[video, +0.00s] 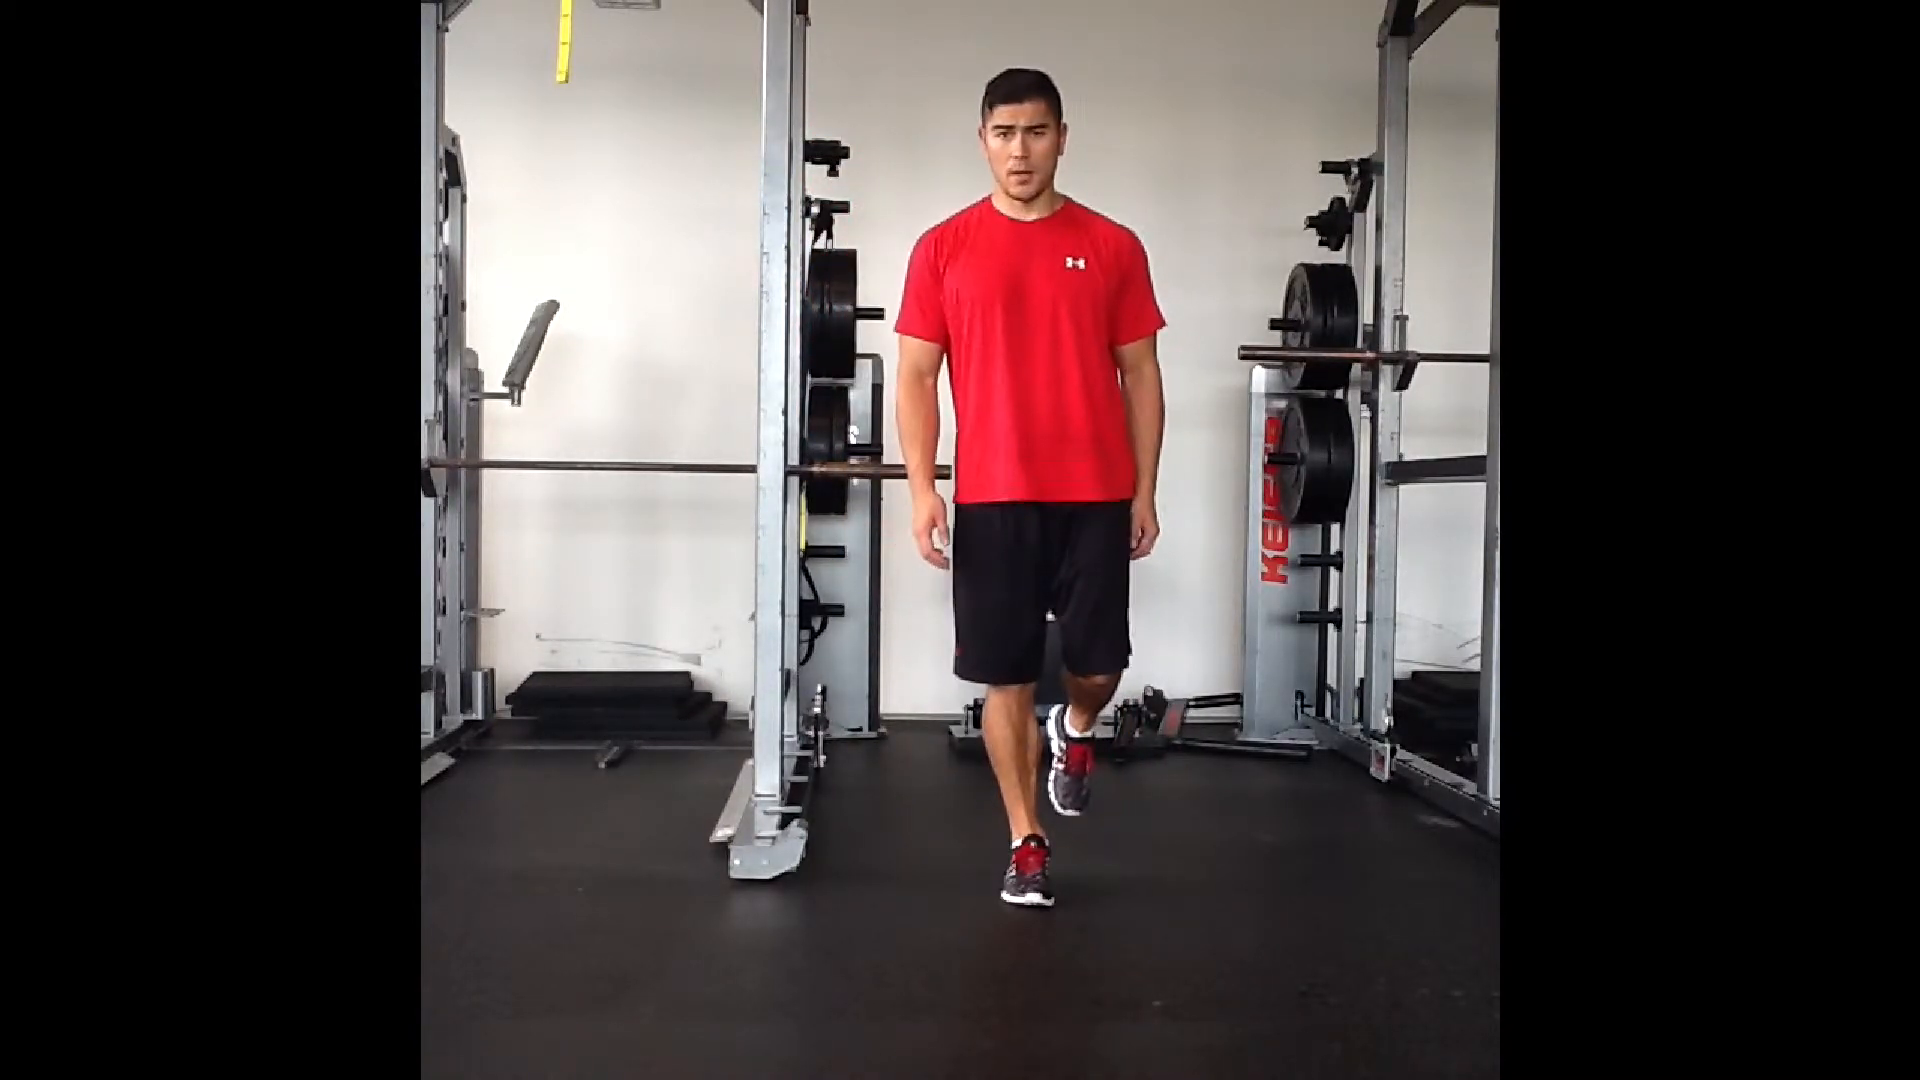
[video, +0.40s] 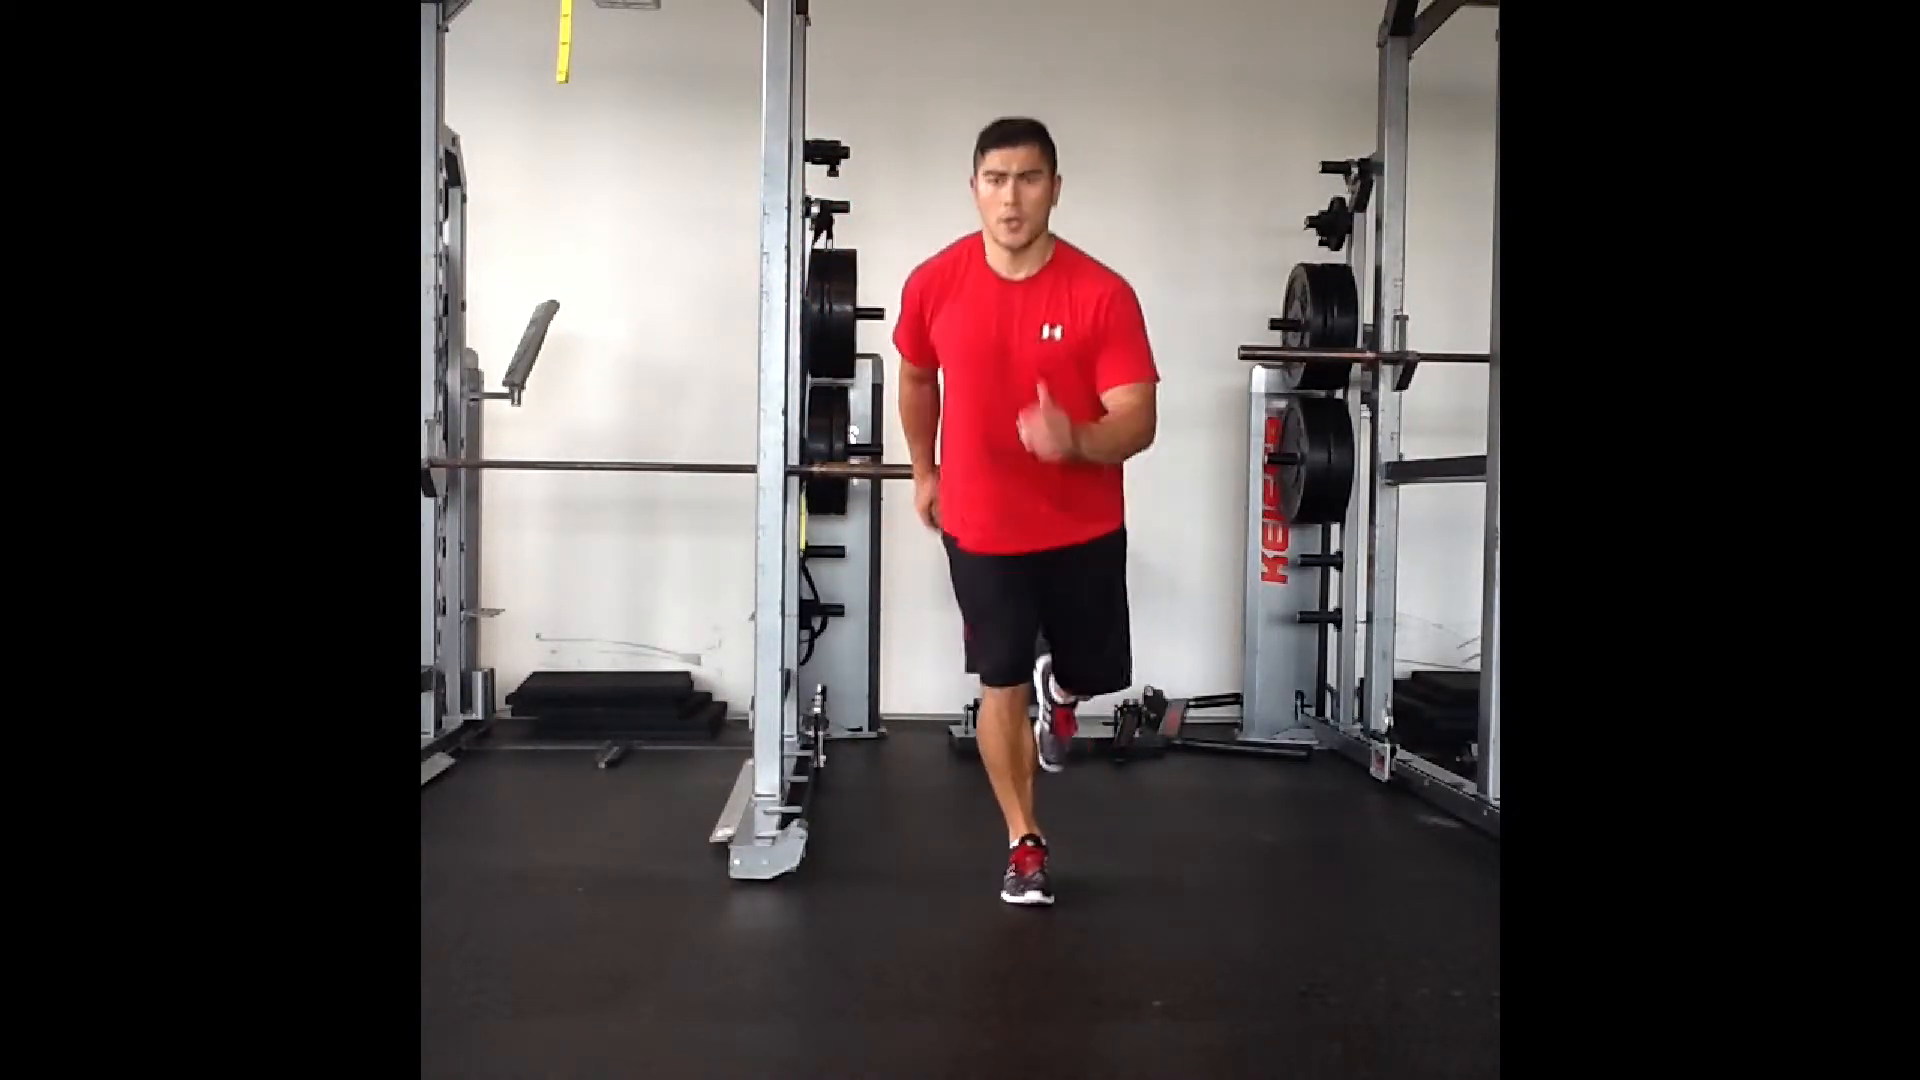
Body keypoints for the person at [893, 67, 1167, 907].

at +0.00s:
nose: (1021, 148)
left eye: (1036, 131)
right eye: (1004, 133)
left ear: (1061, 139)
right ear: (983, 142)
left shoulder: (1114, 247)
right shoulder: (942, 249)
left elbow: (1141, 370)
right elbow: (914, 374)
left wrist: (1145, 489)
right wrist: (922, 488)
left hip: (1096, 494)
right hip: (993, 495)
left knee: (1099, 661)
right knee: (1008, 674)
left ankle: (1074, 737)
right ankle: (1024, 841)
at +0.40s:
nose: (1012, 195)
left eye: (1028, 178)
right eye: (996, 178)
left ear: (1054, 190)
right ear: (975, 190)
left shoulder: (1103, 296)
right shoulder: (932, 288)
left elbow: (1137, 422)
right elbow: (916, 379)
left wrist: (1079, 439)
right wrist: (923, 472)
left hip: (1083, 526)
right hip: (983, 529)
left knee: (1091, 671)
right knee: (1007, 679)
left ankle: (1058, 695)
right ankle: (1023, 839)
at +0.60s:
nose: (1005, 275)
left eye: (1022, 261)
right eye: (989, 261)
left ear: (1048, 270)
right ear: (967, 272)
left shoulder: (1084, 344)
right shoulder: (929, 340)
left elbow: (1114, 424)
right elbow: (959, 412)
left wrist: (1033, 343)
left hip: (1084, 558)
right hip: (988, 556)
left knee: (1056, 681)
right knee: (1009, 686)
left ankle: (1012, 703)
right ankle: (1025, 844)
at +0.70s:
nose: (995, 295)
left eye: (1012, 278)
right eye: (981, 278)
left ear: (1039, 287)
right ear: (959, 288)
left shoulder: (1081, 359)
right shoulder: (929, 359)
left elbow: (1121, 463)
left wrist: (1040, 440)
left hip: (1083, 567)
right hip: (987, 563)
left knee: (1055, 685)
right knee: (1010, 695)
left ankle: (1021, 709)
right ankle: (1026, 845)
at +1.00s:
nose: (997, 173)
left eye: (1012, 157)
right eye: (981, 159)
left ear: (1037, 164)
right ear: (958, 168)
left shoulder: (1091, 240)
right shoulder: (929, 250)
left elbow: (1171, 277)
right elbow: (890, 315)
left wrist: (1211, 319)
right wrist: (928, 319)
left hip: (1077, 445)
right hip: (983, 480)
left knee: (1070, 505)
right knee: (1001, 671)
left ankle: (1129, 668)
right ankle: (1023, 840)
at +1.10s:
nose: (1001, 85)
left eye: (1015, 68)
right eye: (985, 70)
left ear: (1043, 69)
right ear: (963, 75)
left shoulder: (1099, 141)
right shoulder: (930, 134)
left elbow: (1178, 179)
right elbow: (821, 169)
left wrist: (1212, 200)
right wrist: (885, 117)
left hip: (1066, 355)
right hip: (975, 379)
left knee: (1113, 440)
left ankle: (1139, 503)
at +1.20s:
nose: (983, 25)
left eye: (1000, 8)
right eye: (969, 7)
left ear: (1033, 11)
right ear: (952, 10)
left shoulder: (1089, 99)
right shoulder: (913, 88)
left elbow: (1140, 208)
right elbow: (832, 192)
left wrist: (1183, 278)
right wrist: (826, 268)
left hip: (1073, 298)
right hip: (973, 299)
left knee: (1132, 457)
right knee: (1011, 421)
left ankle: (1132, 486)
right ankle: (1035, 610)